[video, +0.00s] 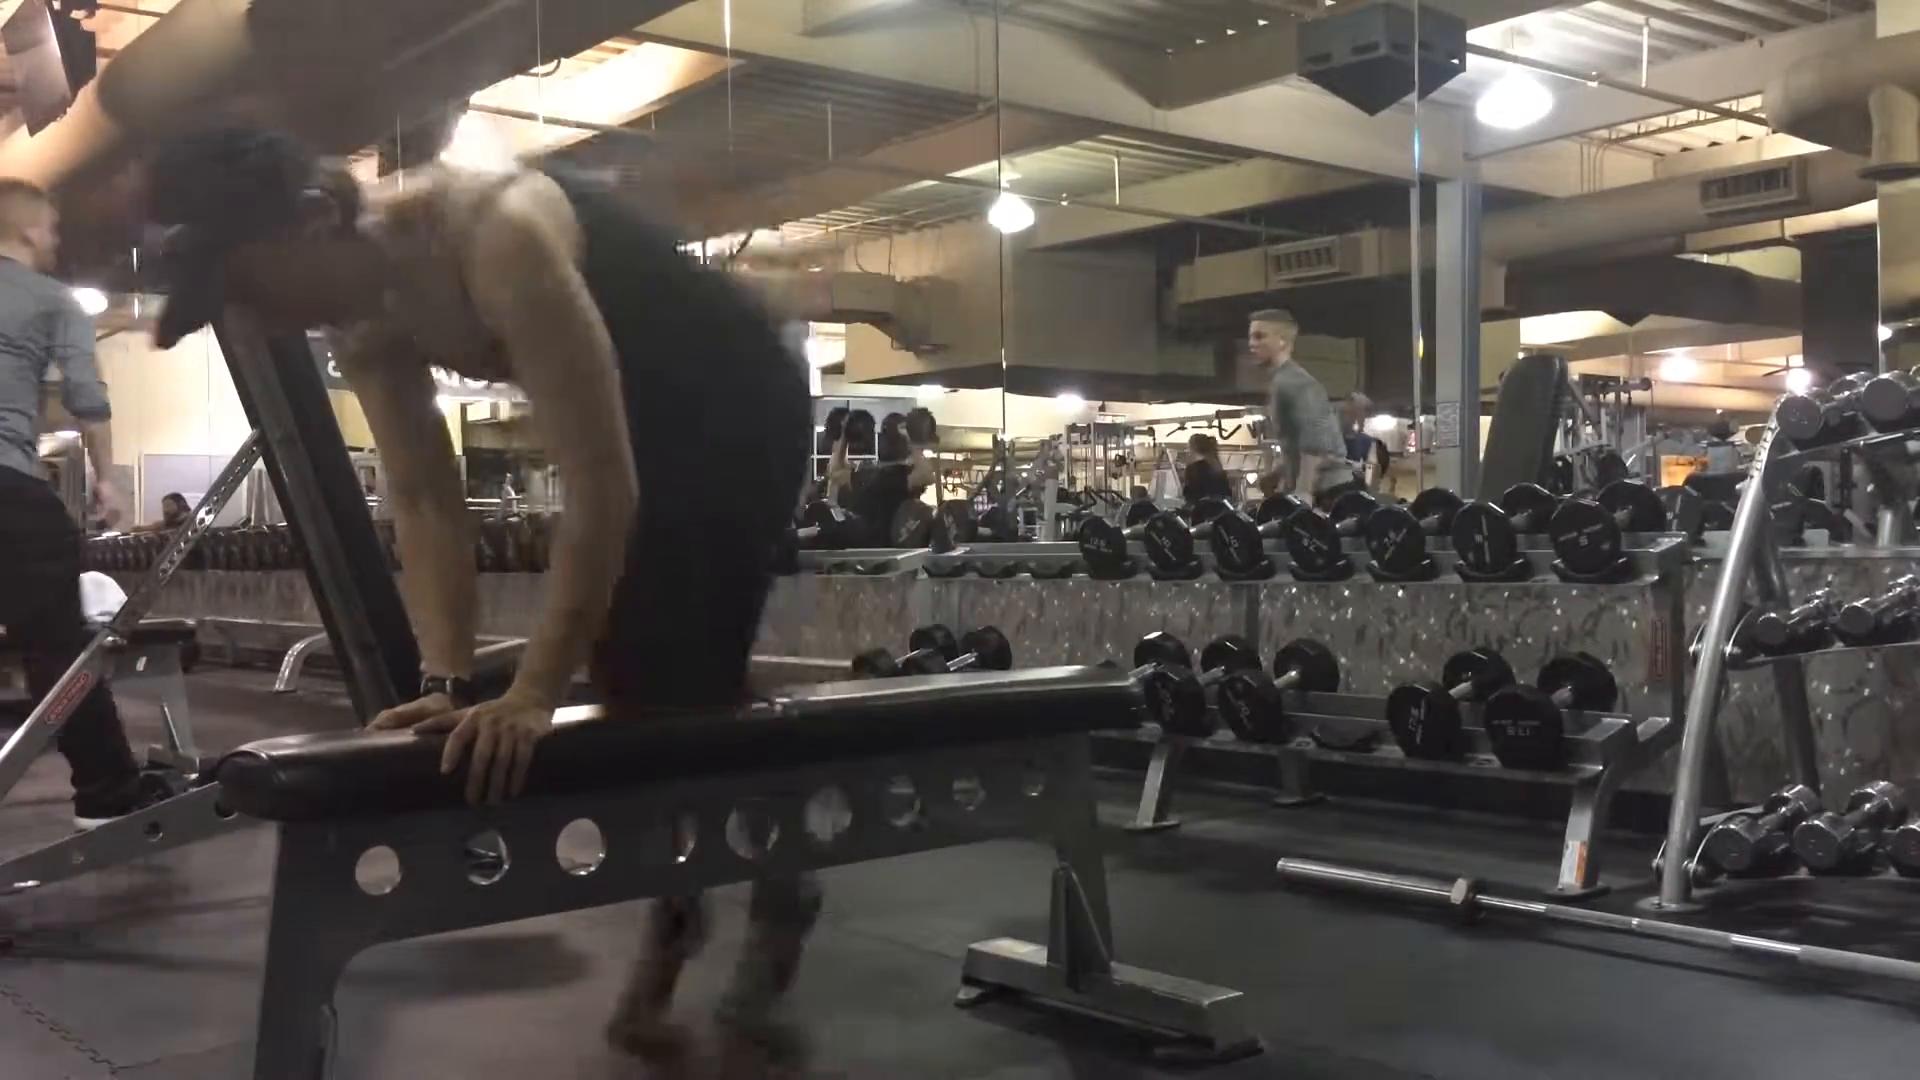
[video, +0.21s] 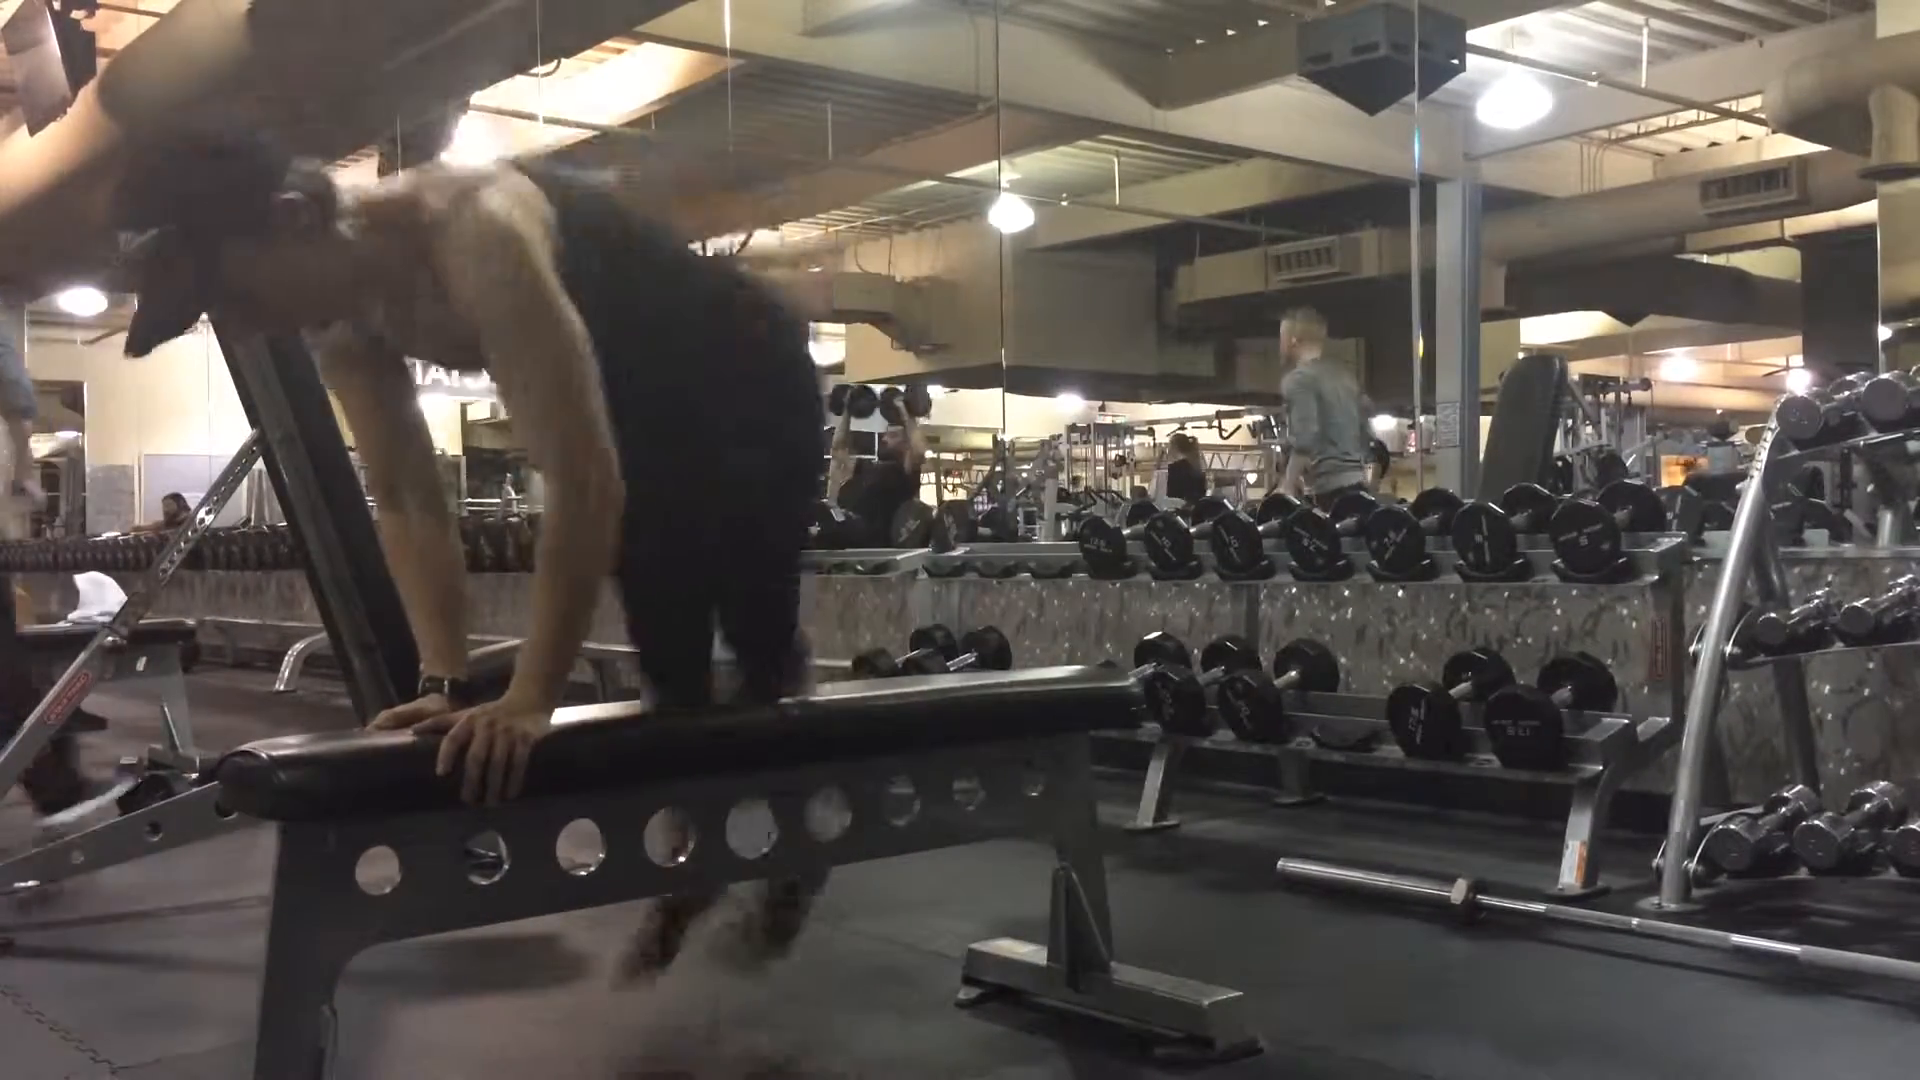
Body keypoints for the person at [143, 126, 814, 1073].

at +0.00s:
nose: (262, 320)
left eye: (253, 285)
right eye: (240, 301)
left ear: (314, 216)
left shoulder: (501, 227)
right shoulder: (364, 313)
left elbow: (603, 482)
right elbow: (422, 489)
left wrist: (531, 691)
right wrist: (446, 679)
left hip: (734, 385)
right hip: (627, 411)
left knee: (697, 672)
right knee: (620, 667)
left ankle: (779, 873)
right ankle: (674, 886)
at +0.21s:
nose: (249, 324)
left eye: (240, 296)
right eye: (227, 310)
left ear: (299, 216)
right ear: (296, 225)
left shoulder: (482, 230)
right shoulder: (340, 306)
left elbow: (586, 481)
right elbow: (407, 491)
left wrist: (528, 697)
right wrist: (443, 680)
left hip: (749, 374)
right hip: (637, 409)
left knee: (761, 638)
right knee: (669, 658)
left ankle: (793, 837)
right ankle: (695, 850)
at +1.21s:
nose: (294, 340)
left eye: (274, 313)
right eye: (268, 329)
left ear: (316, 231)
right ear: (303, 241)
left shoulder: (500, 216)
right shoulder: (409, 288)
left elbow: (566, 481)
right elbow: (451, 489)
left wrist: (526, 704)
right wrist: (451, 681)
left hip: (847, 198)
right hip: (772, 233)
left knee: (754, 500)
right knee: (728, 500)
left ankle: (943, 365)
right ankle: (930, 371)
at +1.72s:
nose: (318, 294)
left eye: (314, 259)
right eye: (298, 277)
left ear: (370, 193)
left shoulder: (548, 224)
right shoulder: (403, 298)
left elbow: (618, 483)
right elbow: (430, 485)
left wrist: (534, 696)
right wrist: (451, 683)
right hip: (686, 423)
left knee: (767, 670)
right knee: (727, 670)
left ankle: (811, 883)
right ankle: (732, 887)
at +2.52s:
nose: (286, 317)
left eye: (269, 289)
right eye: (262, 305)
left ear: (316, 207)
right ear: (302, 226)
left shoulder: (490, 210)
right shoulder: (406, 277)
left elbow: (561, 485)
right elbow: (446, 481)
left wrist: (529, 697)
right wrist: (450, 679)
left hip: (860, 213)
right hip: (798, 250)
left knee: (899, 534)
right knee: (882, 538)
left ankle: (1145, 728)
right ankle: (1124, 716)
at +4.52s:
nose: (295, 334)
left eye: (284, 304)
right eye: (273, 320)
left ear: (323, 245)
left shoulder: (537, 285)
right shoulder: (362, 341)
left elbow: (647, 519)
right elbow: (420, 518)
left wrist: (533, 696)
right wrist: (446, 684)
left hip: (677, 514)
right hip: (558, 519)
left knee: (623, 721)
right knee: (532, 727)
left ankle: (689, 921)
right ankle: (614, 928)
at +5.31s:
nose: (278, 319)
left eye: (261, 290)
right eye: (256, 304)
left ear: (298, 221)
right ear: (291, 233)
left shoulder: (483, 244)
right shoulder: (427, 294)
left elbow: (577, 493)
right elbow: (493, 499)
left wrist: (529, 698)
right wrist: (459, 674)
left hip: (867, 423)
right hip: (816, 449)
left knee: (986, 738)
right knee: (939, 749)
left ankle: (1180, 1009)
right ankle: (1112, 982)